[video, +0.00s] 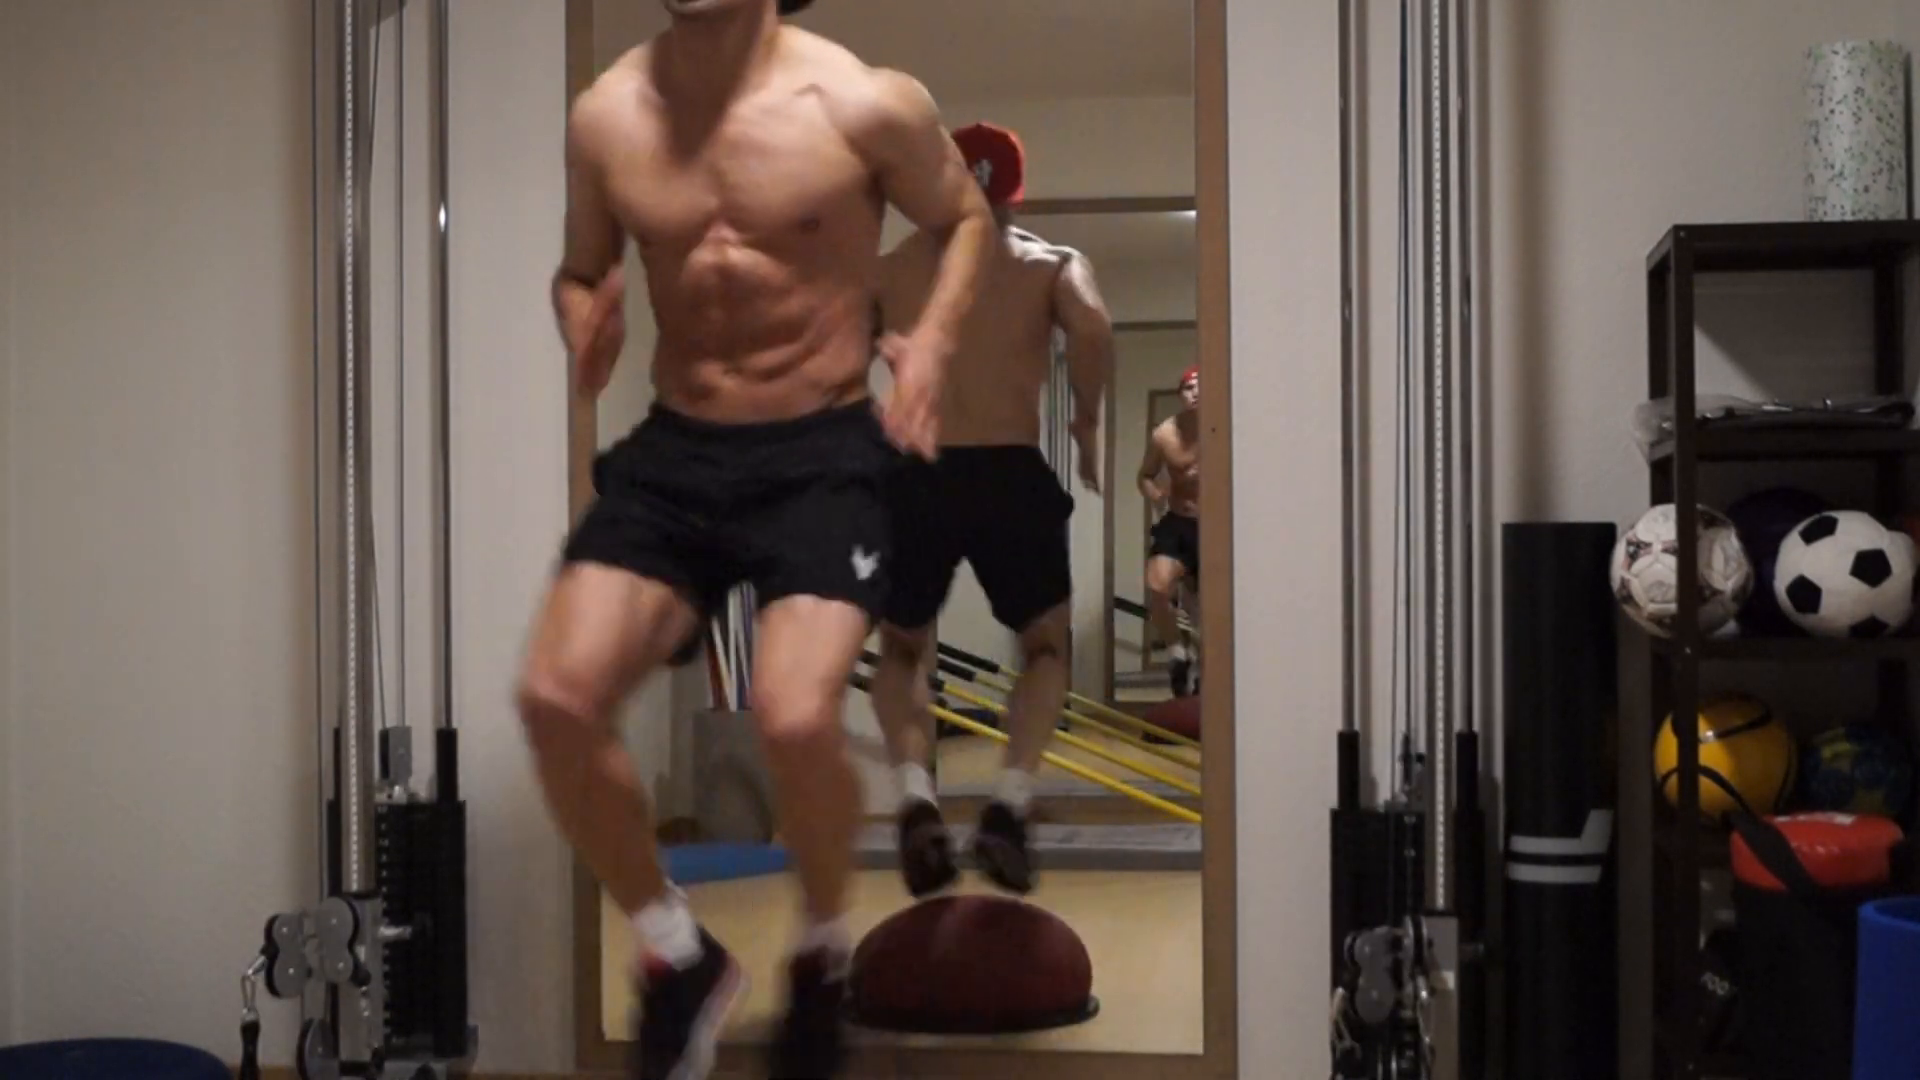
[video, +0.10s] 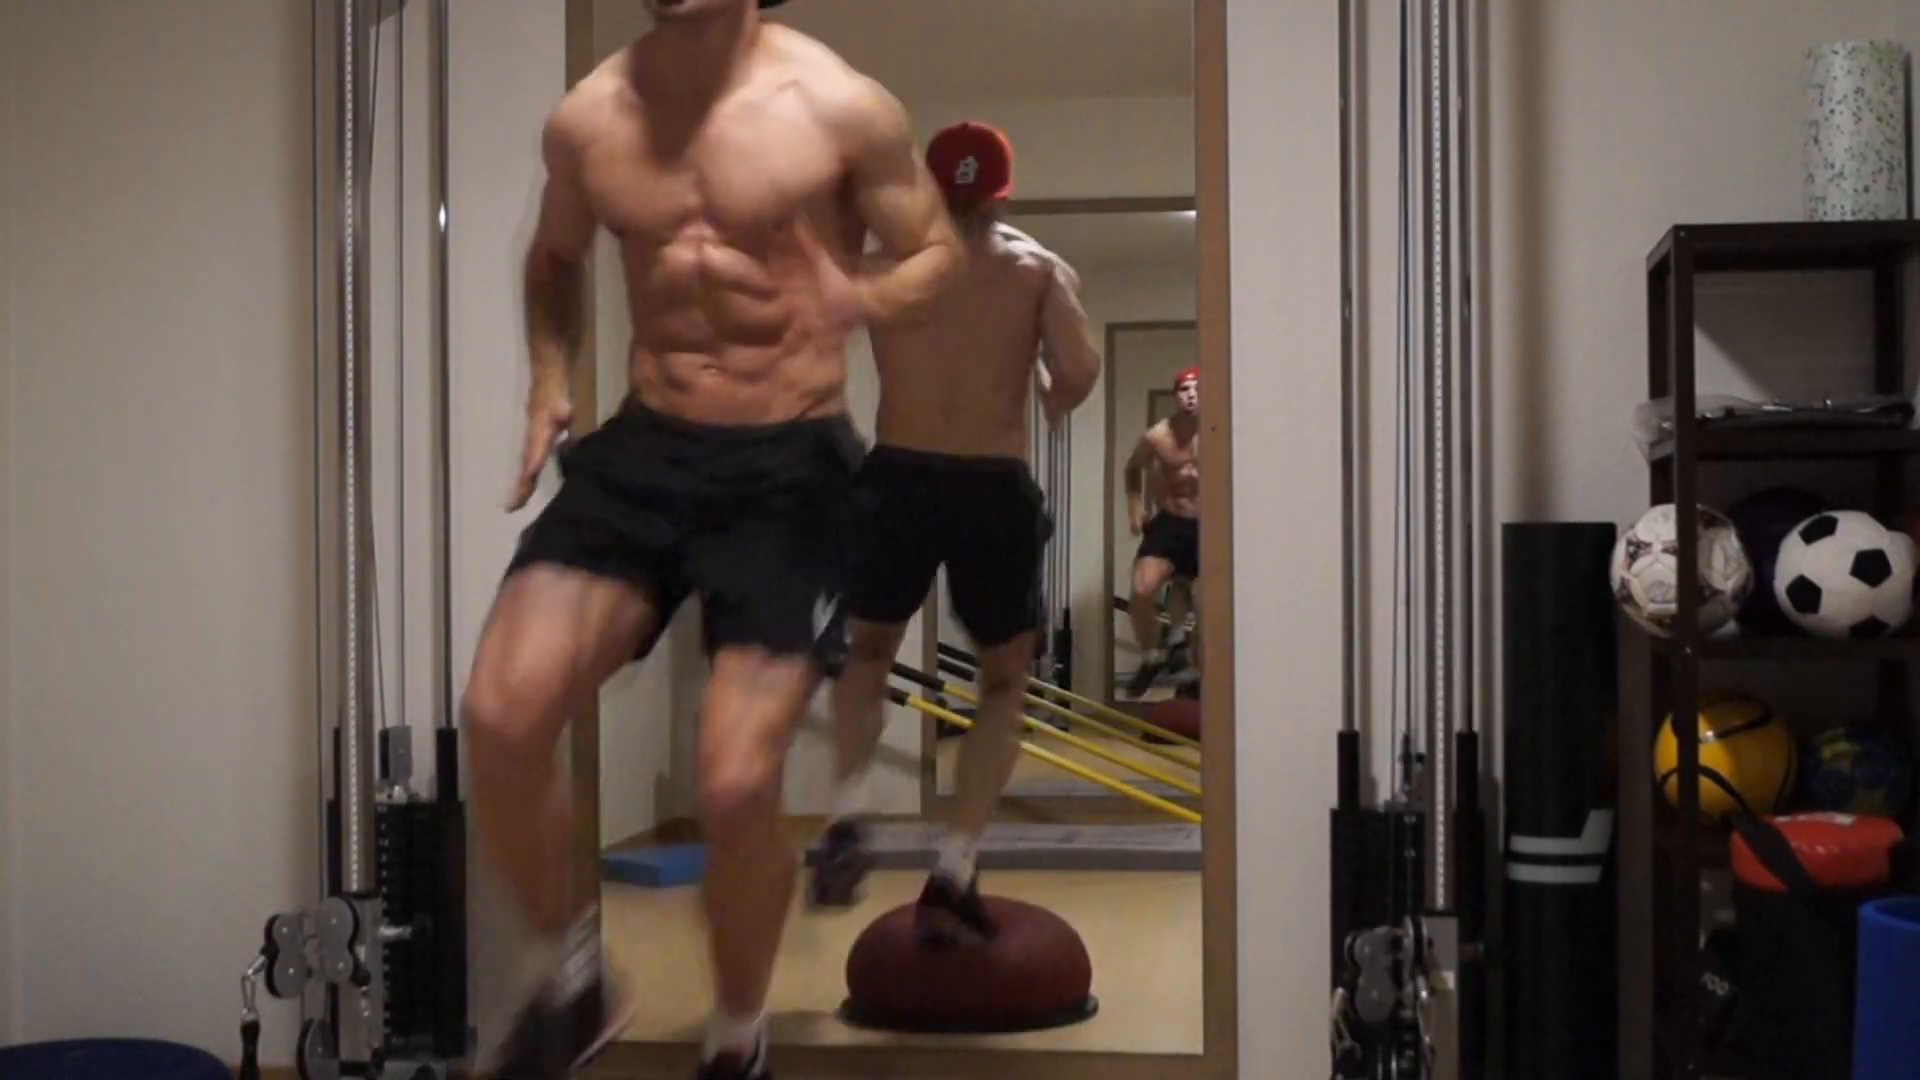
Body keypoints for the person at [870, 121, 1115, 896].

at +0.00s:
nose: (1006, 195)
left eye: (973, 182)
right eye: (1012, 186)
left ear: (949, 185)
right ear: (1018, 191)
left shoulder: (896, 264)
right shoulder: (1052, 262)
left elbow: (839, 341)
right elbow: (1091, 325)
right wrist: (1088, 420)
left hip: (912, 480)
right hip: (1010, 479)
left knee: (902, 650)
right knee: (1046, 646)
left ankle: (915, 794)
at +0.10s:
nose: (977, 204)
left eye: (952, 190)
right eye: (988, 190)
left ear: (932, 190)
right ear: (1005, 192)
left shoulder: (892, 262)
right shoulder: (1036, 269)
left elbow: (830, 319)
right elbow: (1077, 371)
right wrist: (1051, 397)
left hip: (897, 482)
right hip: (993, 493)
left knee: (867, 654)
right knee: (1004, 680)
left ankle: (847, 808)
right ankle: (958, 861)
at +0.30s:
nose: (957, 254)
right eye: (967, 242)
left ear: (895, 243)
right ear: (969, 245)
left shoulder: (847, 326)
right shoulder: (994, 321)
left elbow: (789, 462)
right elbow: (996, 385)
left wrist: (855, 501)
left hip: (845, 558)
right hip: (949, 560)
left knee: (818, 741)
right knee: (1019, 652)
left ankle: (774, 917)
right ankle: (980, 776)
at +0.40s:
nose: (956, 221)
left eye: (936, 205)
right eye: (972, 207)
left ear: (907, 207)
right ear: (981, 208)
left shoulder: (863, 280)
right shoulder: (1010, 286)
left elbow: (808, 369)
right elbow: (1026, 389)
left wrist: (849, 438)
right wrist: (1036, 452)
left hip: (866, 516)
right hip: (965, 522)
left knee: (840, 708)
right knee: (1003, 698)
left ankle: (783, 895)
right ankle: (960, 872)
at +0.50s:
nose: (983, 205)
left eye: (967, 194)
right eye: (986, 194)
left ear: (919, 188)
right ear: (996, 192)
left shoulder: (875, 258)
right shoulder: (1024, 266)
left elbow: (805, 331)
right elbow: (1058, 385)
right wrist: (1021, 365)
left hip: (882, 489)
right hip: (977, 494)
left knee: (900, 658)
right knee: (1019, 675)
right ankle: (978, 853)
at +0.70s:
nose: (1016, 202)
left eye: (994, 185)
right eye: (1018, 189)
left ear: (941, 183)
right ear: (1015, 189)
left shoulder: (884, 268)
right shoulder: (1043, 264)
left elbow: (847, 372)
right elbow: (1072, 383)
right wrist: (1090, 440)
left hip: (915, 500)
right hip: (1013, 496)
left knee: (955, 684)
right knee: (1081, 693)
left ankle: (913, 864)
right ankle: (1102, 879)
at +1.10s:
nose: (998, 169)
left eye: (980, 155)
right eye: (1000, 157)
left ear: (929, 155)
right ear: (1000, 161)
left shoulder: (872, 233)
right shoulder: (1028, 232)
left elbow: (816, 314)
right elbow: (1061, 294)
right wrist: (1058, 379)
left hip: (884, 450)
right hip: (984, 449)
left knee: (899, 643)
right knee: (1007, 636)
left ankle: (906, 811)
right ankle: (993, 811)